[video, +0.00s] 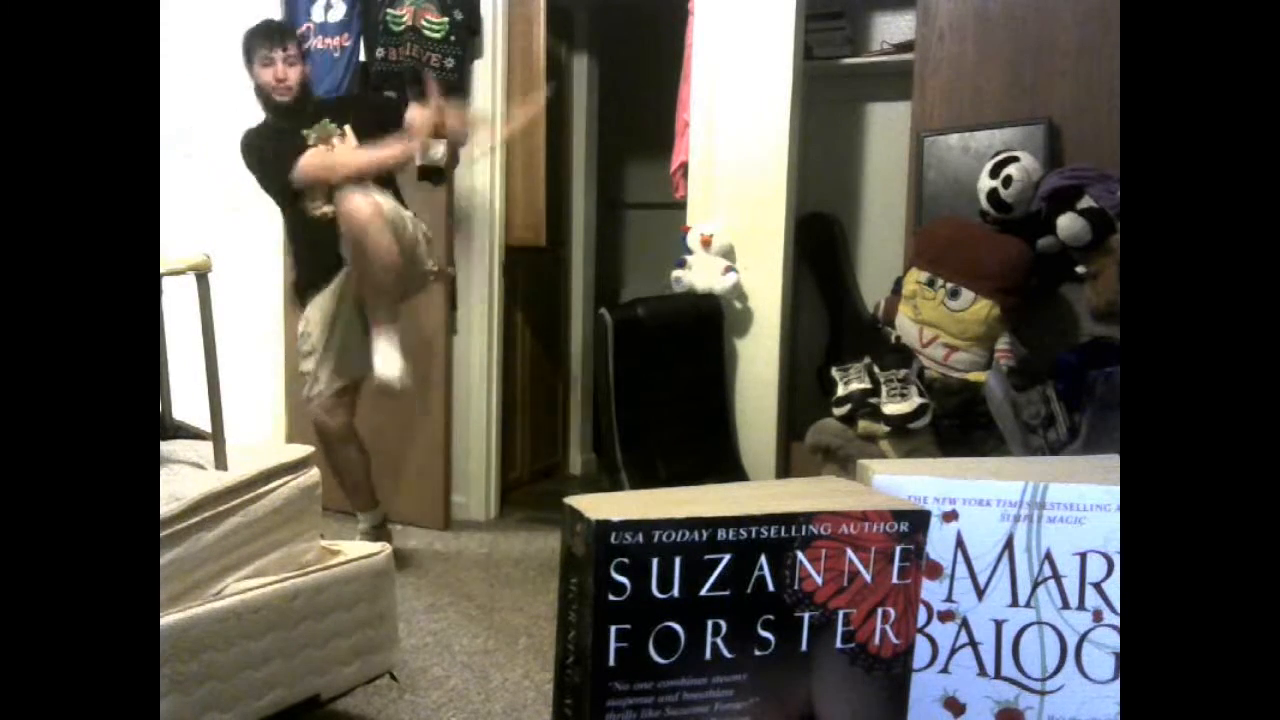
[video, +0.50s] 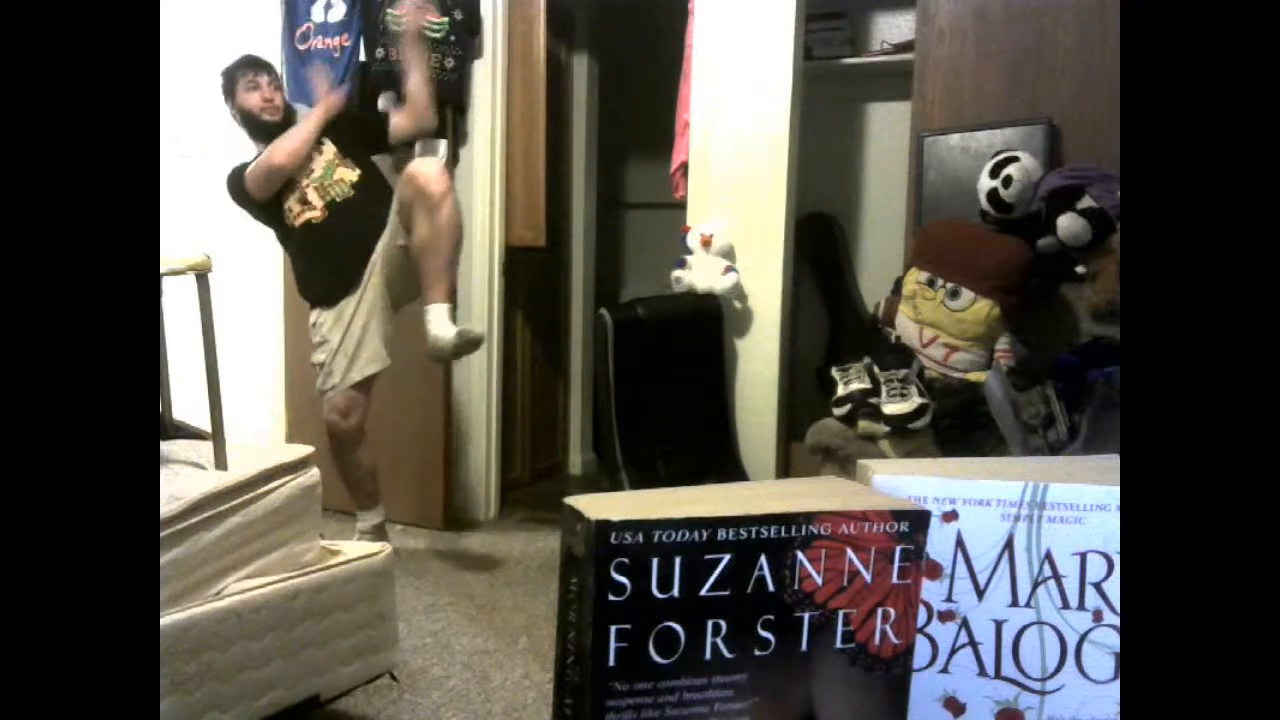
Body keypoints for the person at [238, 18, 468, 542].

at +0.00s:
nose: (282, 74)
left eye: (290, 61)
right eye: (269, 64)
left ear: (305, 64)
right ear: (252, 73)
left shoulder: (353, 108)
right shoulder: (259, 142)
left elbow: (425, 119)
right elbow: (322, 169)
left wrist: (446, 120)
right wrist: (408, 143)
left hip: (391, 256)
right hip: (328, 285)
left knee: (357, 203)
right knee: (329, 418)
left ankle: (382, 329)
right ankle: (374, 525)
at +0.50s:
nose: (265, 90)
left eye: (269, 81)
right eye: (250, 87)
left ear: (282, 89)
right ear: (236, 108)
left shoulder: (335, 124)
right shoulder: (244, 180)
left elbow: (420, 117)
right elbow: (279, 166)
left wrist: (412, 39)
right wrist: (322, 110)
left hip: (390, 253)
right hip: (337, 302)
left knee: (427, 175)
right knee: (342, 420)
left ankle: (440, 323)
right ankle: (372, 526)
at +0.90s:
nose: (268, 98)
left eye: (270, 89)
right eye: (254, 95)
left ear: (284, 94)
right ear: (243, 114)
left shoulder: (340, 122)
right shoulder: (258, 178)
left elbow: (370, 54)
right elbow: (243, 128)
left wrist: (331, 4)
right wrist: (268, 45)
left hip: (392, 245)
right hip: (336, 290)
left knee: (434, 151)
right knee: (340, 414)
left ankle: (437, 297)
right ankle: (370, 524)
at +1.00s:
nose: (262, 92)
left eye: (265, 81)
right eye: (251, 92)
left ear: (286, 85)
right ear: (247, 114)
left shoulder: (339, 114)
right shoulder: (262, 182)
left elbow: (362, 28)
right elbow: (210, 168)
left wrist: (311, 4)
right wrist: (212, 103)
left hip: (390, 250)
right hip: (337, 297)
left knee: (415, 168)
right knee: (344, 414)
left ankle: (425, 311)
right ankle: (372, 524)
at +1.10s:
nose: (260, 82)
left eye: (266, 70)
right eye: (249, 78)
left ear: (286, 70)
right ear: (240, 94)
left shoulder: (329, 95)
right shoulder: (267, 175)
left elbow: (346, 15)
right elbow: (220, 225)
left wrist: (289, 9)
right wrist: (196, 176)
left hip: (399, 234)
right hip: (345, 278)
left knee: (384, 157)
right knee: (358, 404)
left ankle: (402, 300)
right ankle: (375, 518)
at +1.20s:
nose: (258, 82)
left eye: (264, 69)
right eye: (244, 79)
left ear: (282, 70)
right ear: (236, 96)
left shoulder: (324, 95)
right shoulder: (265, 177)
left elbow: (336, 24)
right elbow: (237, 248)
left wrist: (300, 19)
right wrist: (212, 224)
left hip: (409, 236)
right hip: (353, 277)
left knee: (362, 162)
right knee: (363, 405)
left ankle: (391, 301)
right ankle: (376, 523)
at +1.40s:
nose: (246, 103)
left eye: (251, 89)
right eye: (234, 100)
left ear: (271, 88)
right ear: (228, 115)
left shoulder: (311, 117)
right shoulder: (278, 188)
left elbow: (329, 158)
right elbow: (285, 274)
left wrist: (297, 195)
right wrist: (251, 300)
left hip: (410, 245)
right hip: (355, 276)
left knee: (327, 210)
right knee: (333, 399)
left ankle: (359, 343)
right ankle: (369, 517)